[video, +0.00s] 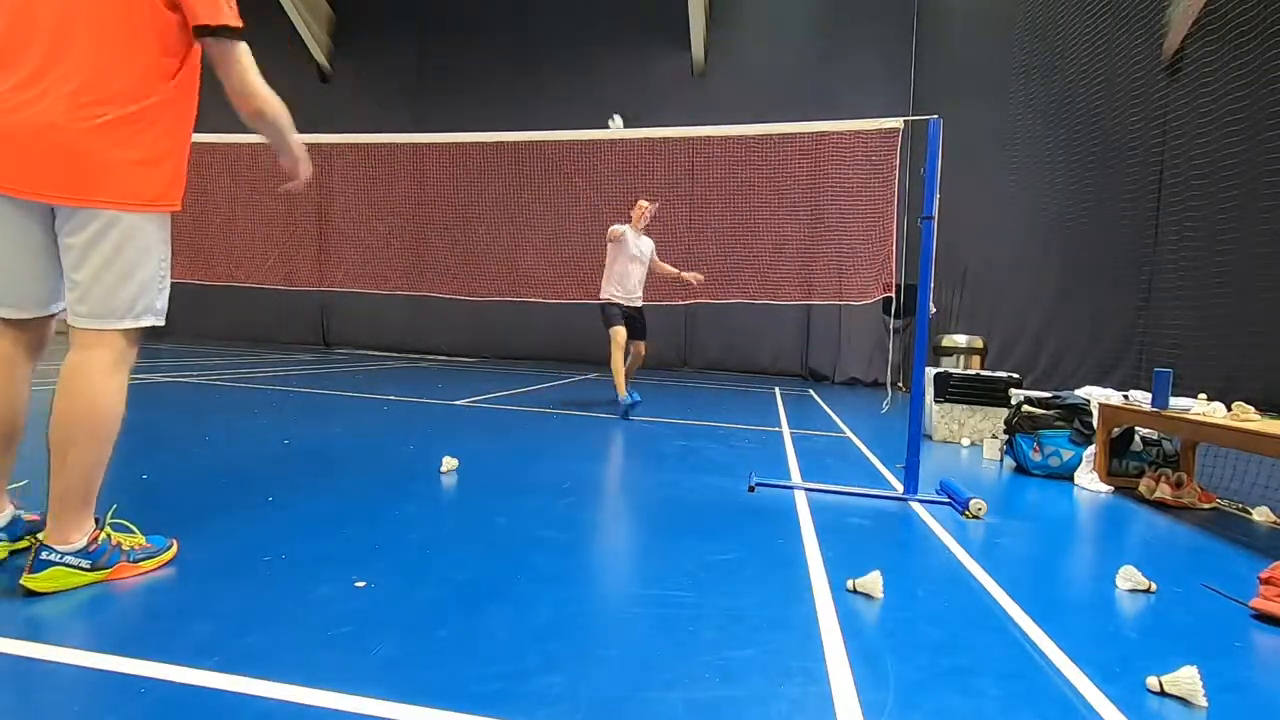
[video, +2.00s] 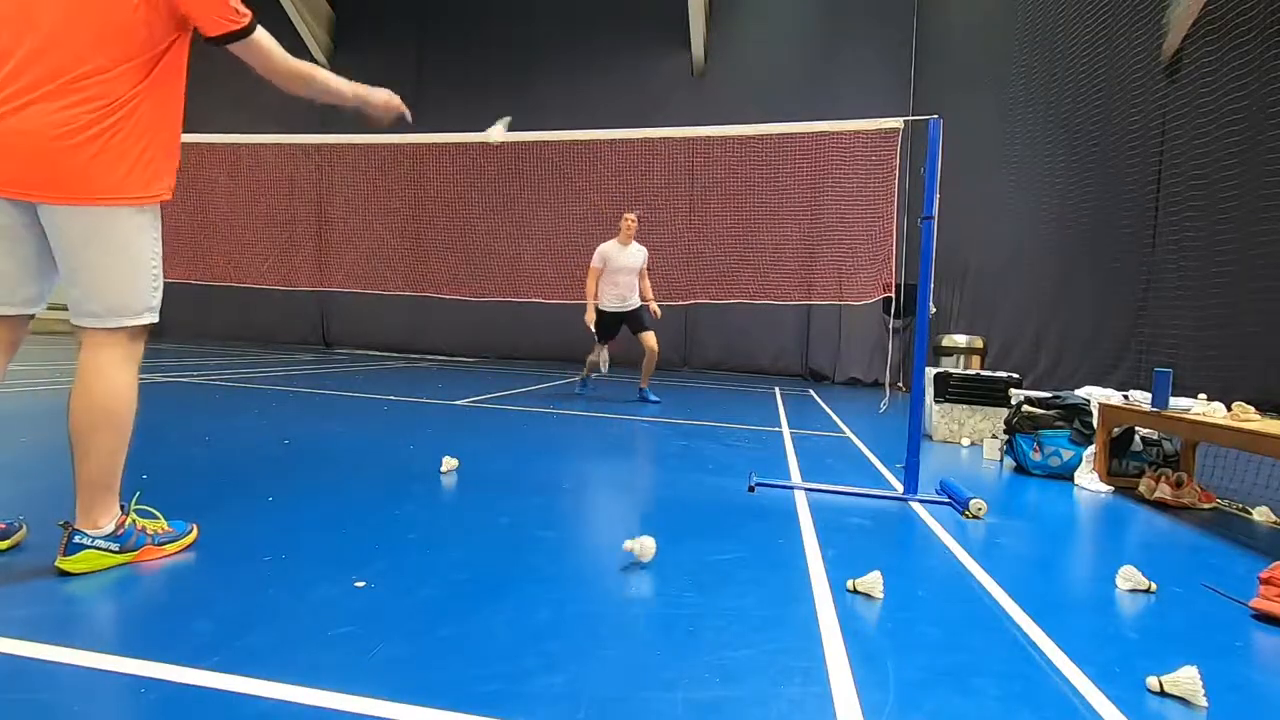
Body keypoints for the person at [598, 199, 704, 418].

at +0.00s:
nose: (644, 213)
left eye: (648, 211)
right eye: (641, 208)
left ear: (650, 217)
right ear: (631, 211)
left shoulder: (648, 243)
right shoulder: (620, 231)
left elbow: (657, 266)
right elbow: (612, 235)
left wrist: (683, 274)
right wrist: (620, 230)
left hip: (635, 303)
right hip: (612, 299)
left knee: (639, 351)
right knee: (619, 337)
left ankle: (624, 382)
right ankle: (621, 394)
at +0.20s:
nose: (655, 224)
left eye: (658, 220)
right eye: (651, 218)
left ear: (659, 224)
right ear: (640, 219)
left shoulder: (654, 249)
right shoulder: (623, 241)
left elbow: (650, 273)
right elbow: (617, 253)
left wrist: (663, 297)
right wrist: (629, 260)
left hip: (636, 308)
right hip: (612, 304)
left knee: (639, 355)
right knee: (625, 339)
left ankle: (624, 383)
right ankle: (626, 400)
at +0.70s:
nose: (650, 225)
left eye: (653, 222)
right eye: (646, 220)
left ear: (656, 228)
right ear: (636, 224)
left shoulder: (652, 252)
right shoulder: (621, 248)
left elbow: (646, 276)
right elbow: (608, 263)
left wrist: (652, 300)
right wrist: (600, 273)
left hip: (636, 310)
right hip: (611, 306)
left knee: (644, 361)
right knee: (622, 339)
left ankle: (621, 371)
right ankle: (626, 400)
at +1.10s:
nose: (622, 206)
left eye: (626, 203)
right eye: (619, 202)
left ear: (632, 209)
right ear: (613, 207)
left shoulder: (639, 237)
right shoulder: (597, 233)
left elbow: (650, 264)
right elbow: (583, 262)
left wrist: (655, 278)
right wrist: (572, 289)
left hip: (625, 298)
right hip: (599, 295)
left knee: (626, 347)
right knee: (600, 332)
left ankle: (611, 388)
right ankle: (601, 390)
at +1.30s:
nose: (608, 204)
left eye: (611, 200)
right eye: (605, 200)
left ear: (617, 206)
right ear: (599, 204)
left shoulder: (627, 231)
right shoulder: (586, 231)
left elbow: (638, 258)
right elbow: (574, 258)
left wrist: (636, 271)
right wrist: (566, 275)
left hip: (617, 293)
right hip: (589, 291)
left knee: (619, 342)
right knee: (575, 337)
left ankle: (610, 388)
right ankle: (568, 382)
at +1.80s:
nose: (605, 220)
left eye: (609, 217)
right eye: (602, 216)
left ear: (615, 221)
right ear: (597, 219)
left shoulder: (624, 245)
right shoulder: (584, 246)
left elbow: (632, 269)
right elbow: (573, 274)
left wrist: (635, 294)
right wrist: (571, 300)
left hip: (618, 302)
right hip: (591, 303)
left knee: (636, 340)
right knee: (583, 344)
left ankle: (640, 385)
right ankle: (581, 378)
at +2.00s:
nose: (630, 224)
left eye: (633, 221)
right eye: (626, 220)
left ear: (637, 227)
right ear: (620, 224)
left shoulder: (642, 252)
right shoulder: (604, 250)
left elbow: (644, 278)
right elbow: (592, 279)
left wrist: (651, 300)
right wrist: (590, 309)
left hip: (633, 307)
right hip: (608, 309)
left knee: (652, 348)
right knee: (598, 352)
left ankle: (643, 388)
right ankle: (584, 377)